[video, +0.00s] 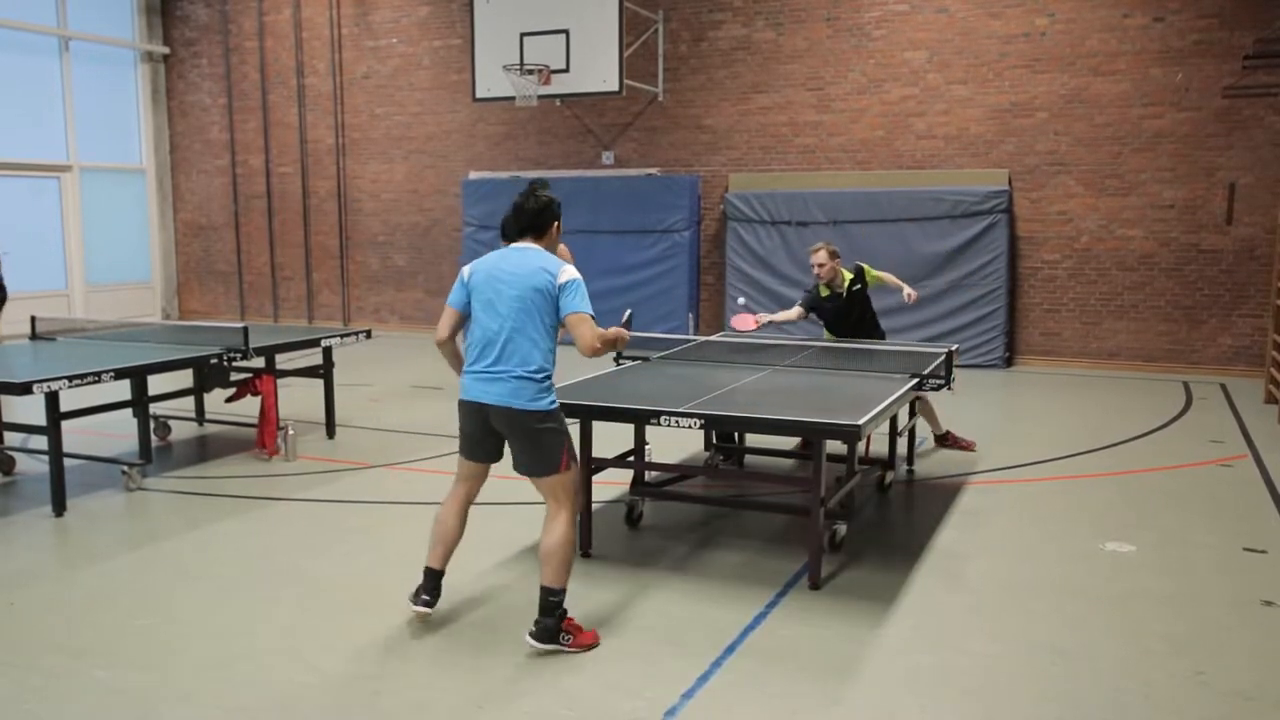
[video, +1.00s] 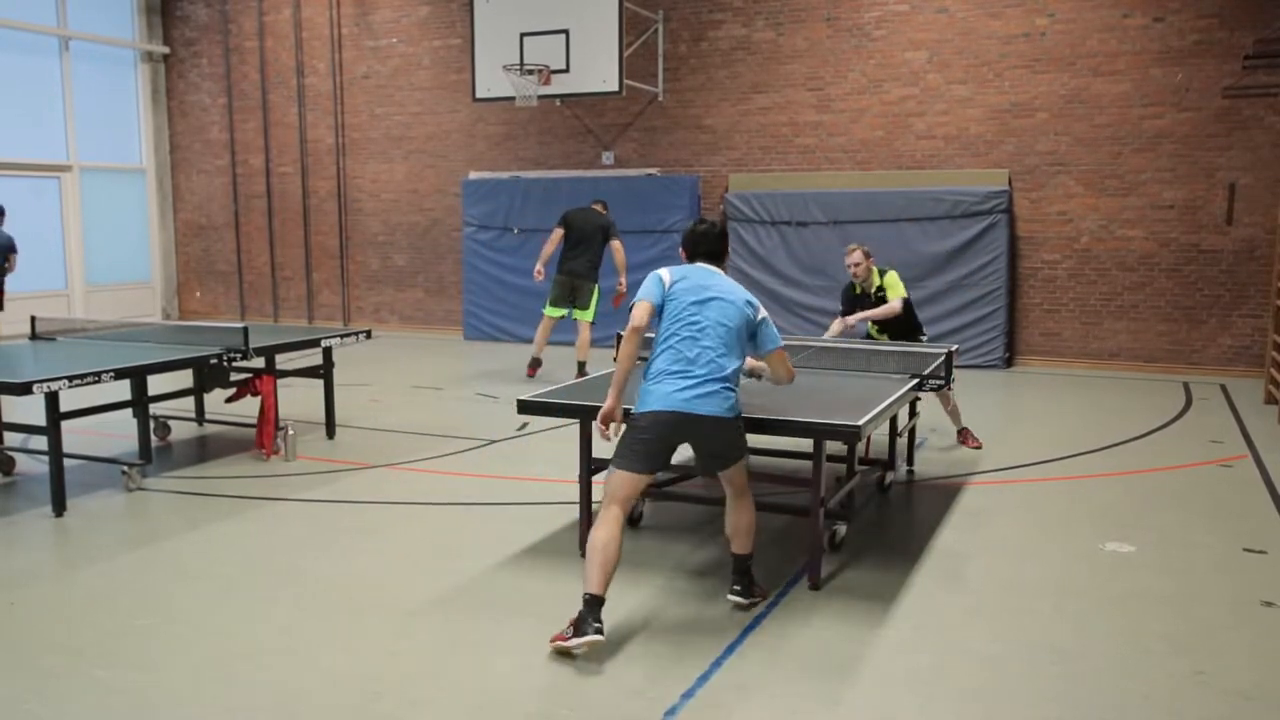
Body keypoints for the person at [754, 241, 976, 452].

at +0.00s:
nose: (816, 272)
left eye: (820, 266)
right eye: (813, 267)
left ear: (836, 263)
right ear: (813, 270)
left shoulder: (857, 273)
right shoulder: (816, 294)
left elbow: (882, 278)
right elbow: (796, 313)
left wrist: (904, 287)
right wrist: (769, 317)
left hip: (877, 349)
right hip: (840, 354)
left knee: (915, 390)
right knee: (821, 392)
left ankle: (941, 435)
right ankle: (809, 439)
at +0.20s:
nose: (823, 266)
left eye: (828, 260)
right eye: (819, 261)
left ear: (841, 259)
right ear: (815, 263)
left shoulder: (859, 272)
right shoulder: (813, 292)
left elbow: (882, 282)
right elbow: (798, 320)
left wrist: (898, 299)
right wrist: (783, 326)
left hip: (874, 349)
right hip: (836, 353)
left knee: (912, 386)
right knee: (821, 391)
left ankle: (937, 431)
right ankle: (811, 437)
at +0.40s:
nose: (853, 254)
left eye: (859, 248)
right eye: (849, 249)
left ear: (871, 249)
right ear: (845, 252)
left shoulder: (890, 269)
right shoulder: (839, 281)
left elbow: (919, 289)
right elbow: (829, 314)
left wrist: (916, 305)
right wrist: (817, 324)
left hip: (894, 350)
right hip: (856, 352)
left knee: (927, 386)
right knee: (826, 388)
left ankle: (937, 433)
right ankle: (810, 439)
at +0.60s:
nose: (868, 237)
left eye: (873, 231)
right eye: (864, 232)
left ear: (886, 231)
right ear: (860, 234)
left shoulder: (908, 250)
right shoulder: (858, 262)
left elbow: (935, 276)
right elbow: (851, 292)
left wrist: (919, 298)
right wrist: (841, 308)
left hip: (909, 325)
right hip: (873, 324)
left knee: (931, 375)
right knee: (848, 366)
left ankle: (940, 429)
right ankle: (858, 428)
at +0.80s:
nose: (870, 256)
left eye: (875, 250)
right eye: (866, 251)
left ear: (887, 249)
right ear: (862, 253)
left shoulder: (906, 265)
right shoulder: (859, 276)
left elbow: (936, 288)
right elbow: (843, 307)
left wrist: (911, 307)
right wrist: (846, 327)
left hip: (912, 337)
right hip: (875, 335)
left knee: (940, 379)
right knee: (853, 377)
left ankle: (961, 429)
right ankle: (861, 432)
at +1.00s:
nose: (852, 271)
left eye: (856, 265)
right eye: (848, 267)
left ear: (870, 263)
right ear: (846, 268)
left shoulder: (889, 277)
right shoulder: (850, 291)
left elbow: (896, 307)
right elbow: (844, 321)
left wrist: (858, 317)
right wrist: (822, 342)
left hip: (912, 341)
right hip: (878, 344)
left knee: (941, 385)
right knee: (859, 384)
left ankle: (961, 430)